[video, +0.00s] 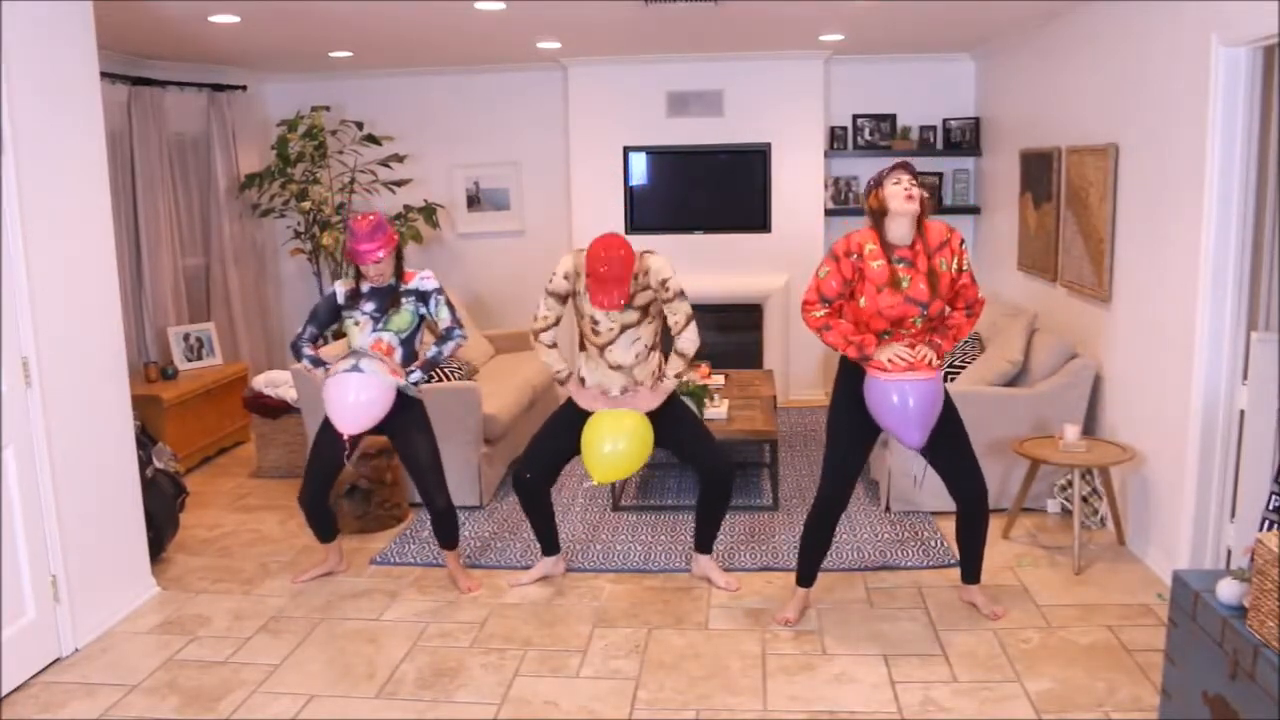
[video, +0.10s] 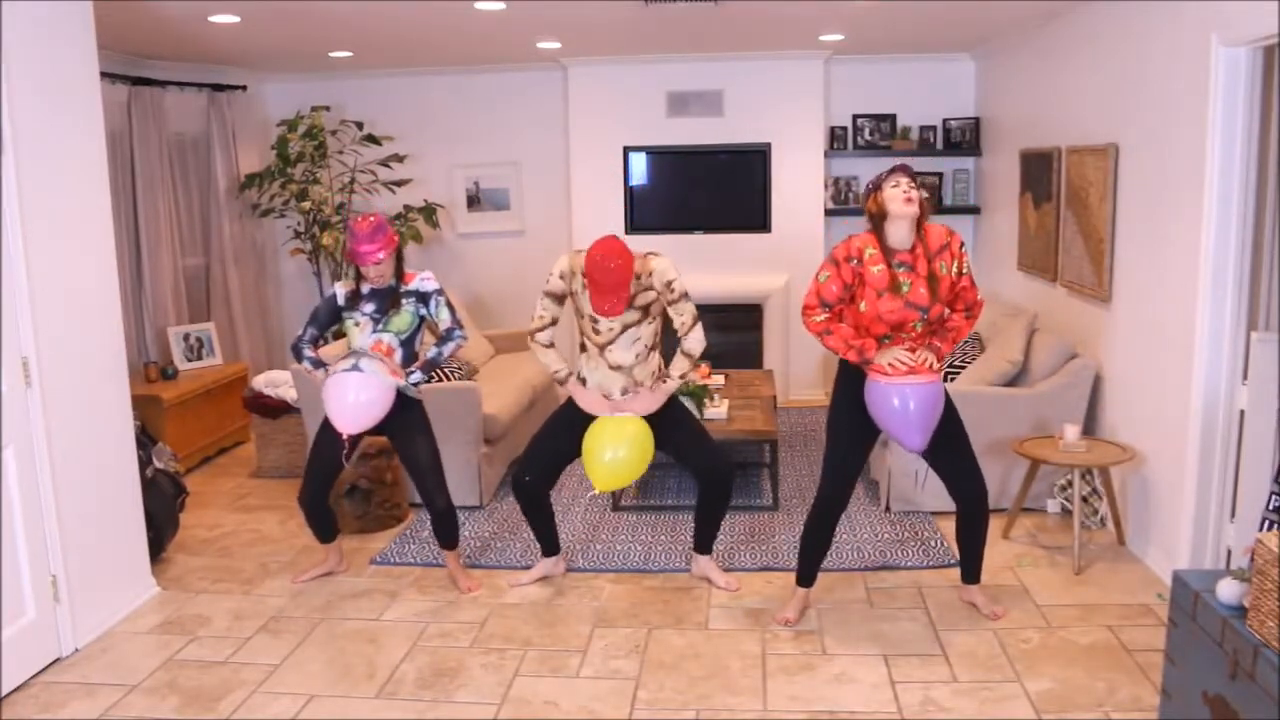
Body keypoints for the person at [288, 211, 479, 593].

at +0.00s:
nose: (373, 270)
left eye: (379, 261)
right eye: (366, 264)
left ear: (394, 252)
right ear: (355, 261)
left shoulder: (421, 285)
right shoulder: (342, 294)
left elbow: (454, 335)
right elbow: (302, 343)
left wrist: (414, 373)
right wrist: (324, 371)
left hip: (400, 395)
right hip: (350, 396)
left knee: (435, 489)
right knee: (311, 495)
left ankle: (455, 564)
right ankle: (333, 556)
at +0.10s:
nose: (373, 272)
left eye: (379, 263)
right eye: (365, 265)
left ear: (395, 254)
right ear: (355, 262)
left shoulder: (421, 286)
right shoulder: (343, 295)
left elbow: (455, 336)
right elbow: (302, 345)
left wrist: (414, 374)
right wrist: (325, 374)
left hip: (400, 395)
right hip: (351, 397)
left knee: (435, 490)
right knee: (311, 495)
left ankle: (455, 564)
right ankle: (333, 556)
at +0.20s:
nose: (374, 274)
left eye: (380, 265)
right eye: (366, 267)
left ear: (395, 255)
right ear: (355, 264)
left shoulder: (421, 287)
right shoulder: (343, 297)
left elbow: (454, 336)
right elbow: (303, 346)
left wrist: (415, 375)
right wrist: (324, 374)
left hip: (399, 395)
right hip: (350, 397)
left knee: (436, 494)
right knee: (311, 495)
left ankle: (454, 564)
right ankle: (333, 556)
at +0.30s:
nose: (374, 275)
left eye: (381, 266)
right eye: (367, 268)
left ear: (396, 257)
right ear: (356, 265)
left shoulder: (421, 288)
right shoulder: (344, 298)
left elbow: (452, 337)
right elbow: (303, 346)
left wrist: (415, 375)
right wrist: (325, 376)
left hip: (400, 398)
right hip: (350, 400)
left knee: (436, 495)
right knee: (311, 497)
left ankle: (454, 564)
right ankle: (333, 556)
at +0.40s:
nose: (375, 278)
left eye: (382, 269)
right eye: (367, 272)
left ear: (396, 260)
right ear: (356, 269)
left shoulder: (420, 291)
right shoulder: (344, 301)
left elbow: (452, 334)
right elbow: (301, 347)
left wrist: (417, 379)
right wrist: (322, 381)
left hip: (401, 401)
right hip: (350, 402)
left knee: (437, 499)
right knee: (312, 499)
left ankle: (454, 564)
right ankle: (333, 557)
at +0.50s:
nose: (376, 282)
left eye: (383, 273)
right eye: (368, 275)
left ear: (397, 263)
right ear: (357, 271)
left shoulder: (420, 292)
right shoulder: (345, 303)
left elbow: (450, 334)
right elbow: (302, 350)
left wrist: (414, 381)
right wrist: (324, 387)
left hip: (401, 401)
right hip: (351, 402)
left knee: (436, 500)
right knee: (313, 500)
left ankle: (454, 564)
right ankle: (334, 557)